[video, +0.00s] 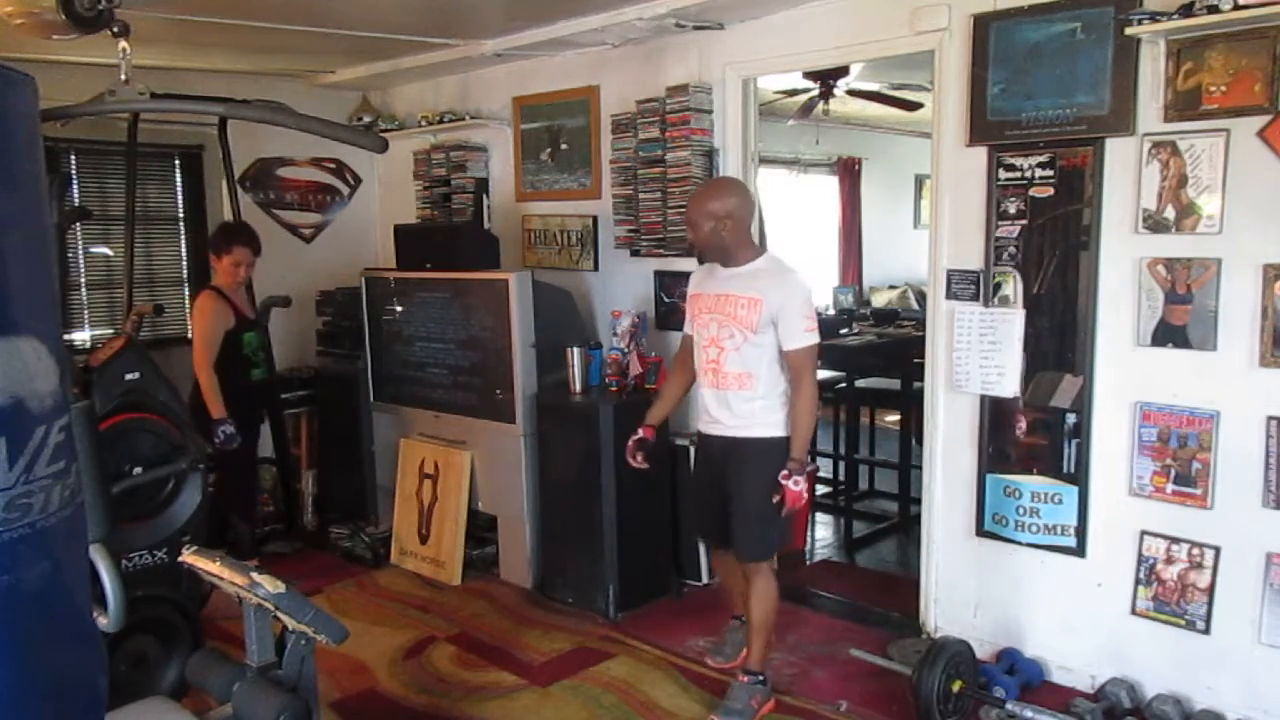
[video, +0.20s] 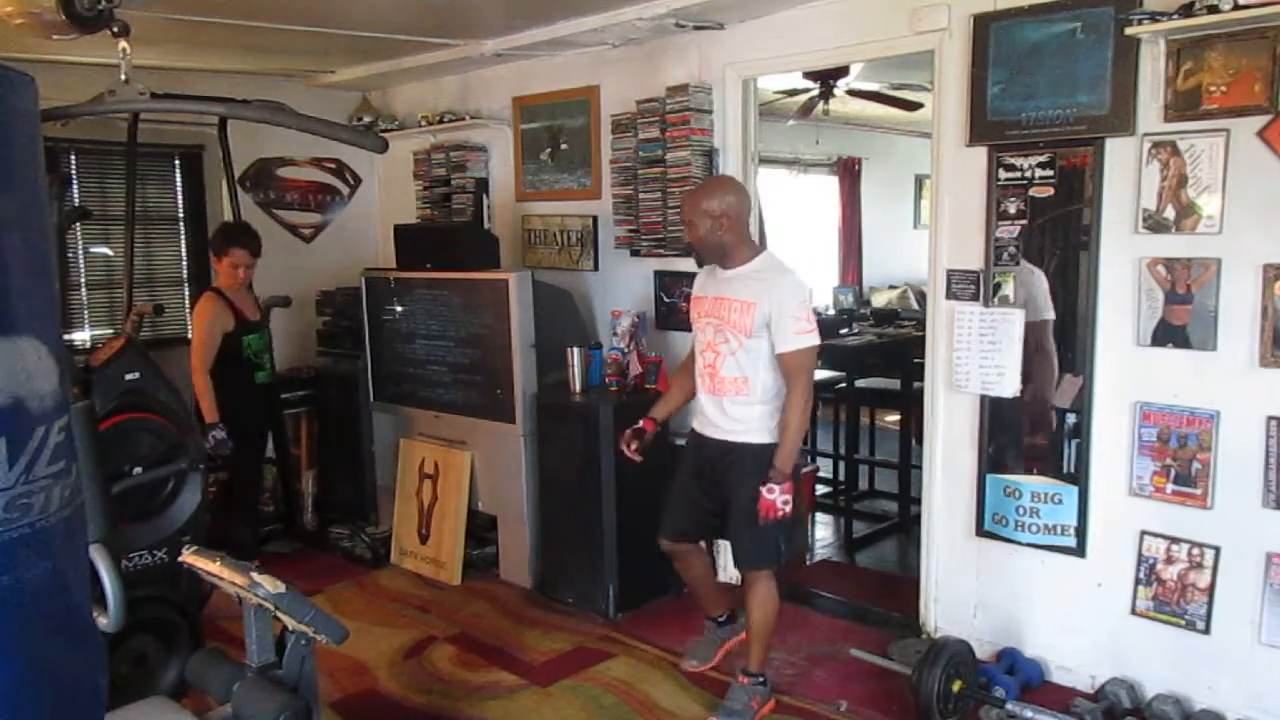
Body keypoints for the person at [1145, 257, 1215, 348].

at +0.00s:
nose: (1179, 273)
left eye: (1183, 269)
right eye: (1176, 270)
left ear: (1188, 273)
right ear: (1172, 272)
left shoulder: (1191, 287)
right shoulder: (1168, 286)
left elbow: (1213, 268)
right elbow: (1151, 265)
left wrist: (1195, 262)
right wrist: (1166, 262)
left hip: (1181, 329)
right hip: (1164, 328)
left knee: (1191, 357)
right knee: (1154, 356)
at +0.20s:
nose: (1179, 273)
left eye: (1183, 269)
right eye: (1176, 269)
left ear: (1188, 273)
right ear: (1172, 272)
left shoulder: (1191, 287)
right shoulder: (1168, 286)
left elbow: (1213, 267)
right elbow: (1150, 265)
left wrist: (1194, 263)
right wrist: (1167, 263)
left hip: (1181, 329)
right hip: (1165, 328)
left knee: (1190, 357)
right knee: (1154, 356)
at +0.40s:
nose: (1179, 273)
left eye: (1183, 269)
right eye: (1176, 269)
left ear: (1188, 273)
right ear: (1172, 272)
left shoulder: (1191, 287)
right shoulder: (1168, 286)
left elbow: (1213, 267)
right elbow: (1150, 265)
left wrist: (1194, 263)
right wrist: (1167, 263)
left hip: (1181, 329)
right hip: (1165, 328)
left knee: (1190, 357)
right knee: (1154, 356)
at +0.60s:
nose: (1179, 273)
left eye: (1183, 269)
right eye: (1176, 269)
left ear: (1188, 273)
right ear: (1172, 272)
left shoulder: (1191, 287)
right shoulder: (1168, 286)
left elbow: (1213, 267)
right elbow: (1151, 265)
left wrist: (1195, 263)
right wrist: (1166, 262)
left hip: (1182, 329)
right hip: (1165, 328)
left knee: (1190, 358)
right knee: (1154, 356)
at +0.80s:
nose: (1180, 272)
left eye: (1183, 269)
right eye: (1176, 269)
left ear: (1188, 271)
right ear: (1171, 272)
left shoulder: (1191, 287)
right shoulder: (1168, 286)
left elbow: (1213, 268)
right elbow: (1151, 266)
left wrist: (1196, 262)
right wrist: (1166, 260)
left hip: (1181, 329)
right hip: (1164, 327)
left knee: (1189, 358)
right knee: (1154, 357)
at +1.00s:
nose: (1181, 272)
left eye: (1183, 269)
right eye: (1177, 270)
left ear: (1188, 271)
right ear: (1172, 272)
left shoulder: (1191, 287)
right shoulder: (1168, 286)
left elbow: (1213, 268)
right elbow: (1151, 265)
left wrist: (1196, 262)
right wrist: (1166, 261)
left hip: (1181, 329)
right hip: (1164, 327)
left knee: (1189, 358)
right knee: (1154, 357)